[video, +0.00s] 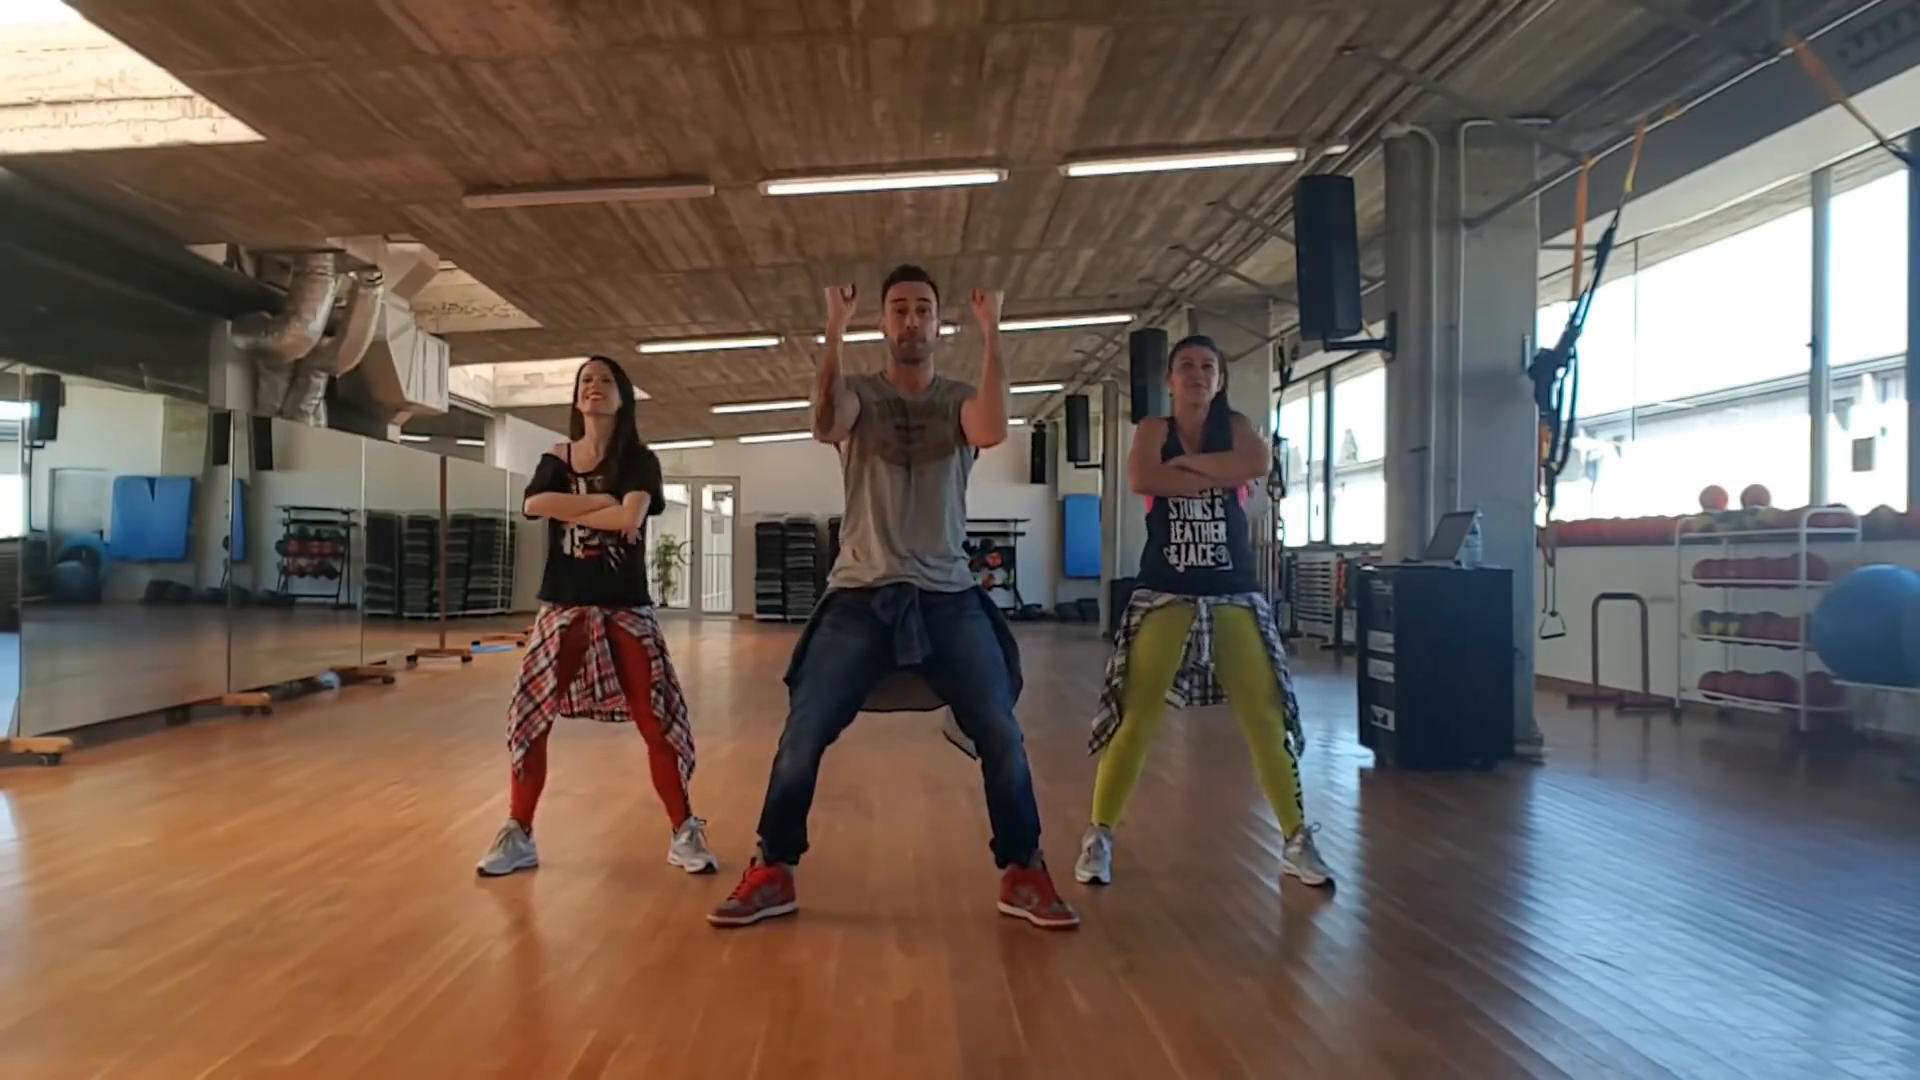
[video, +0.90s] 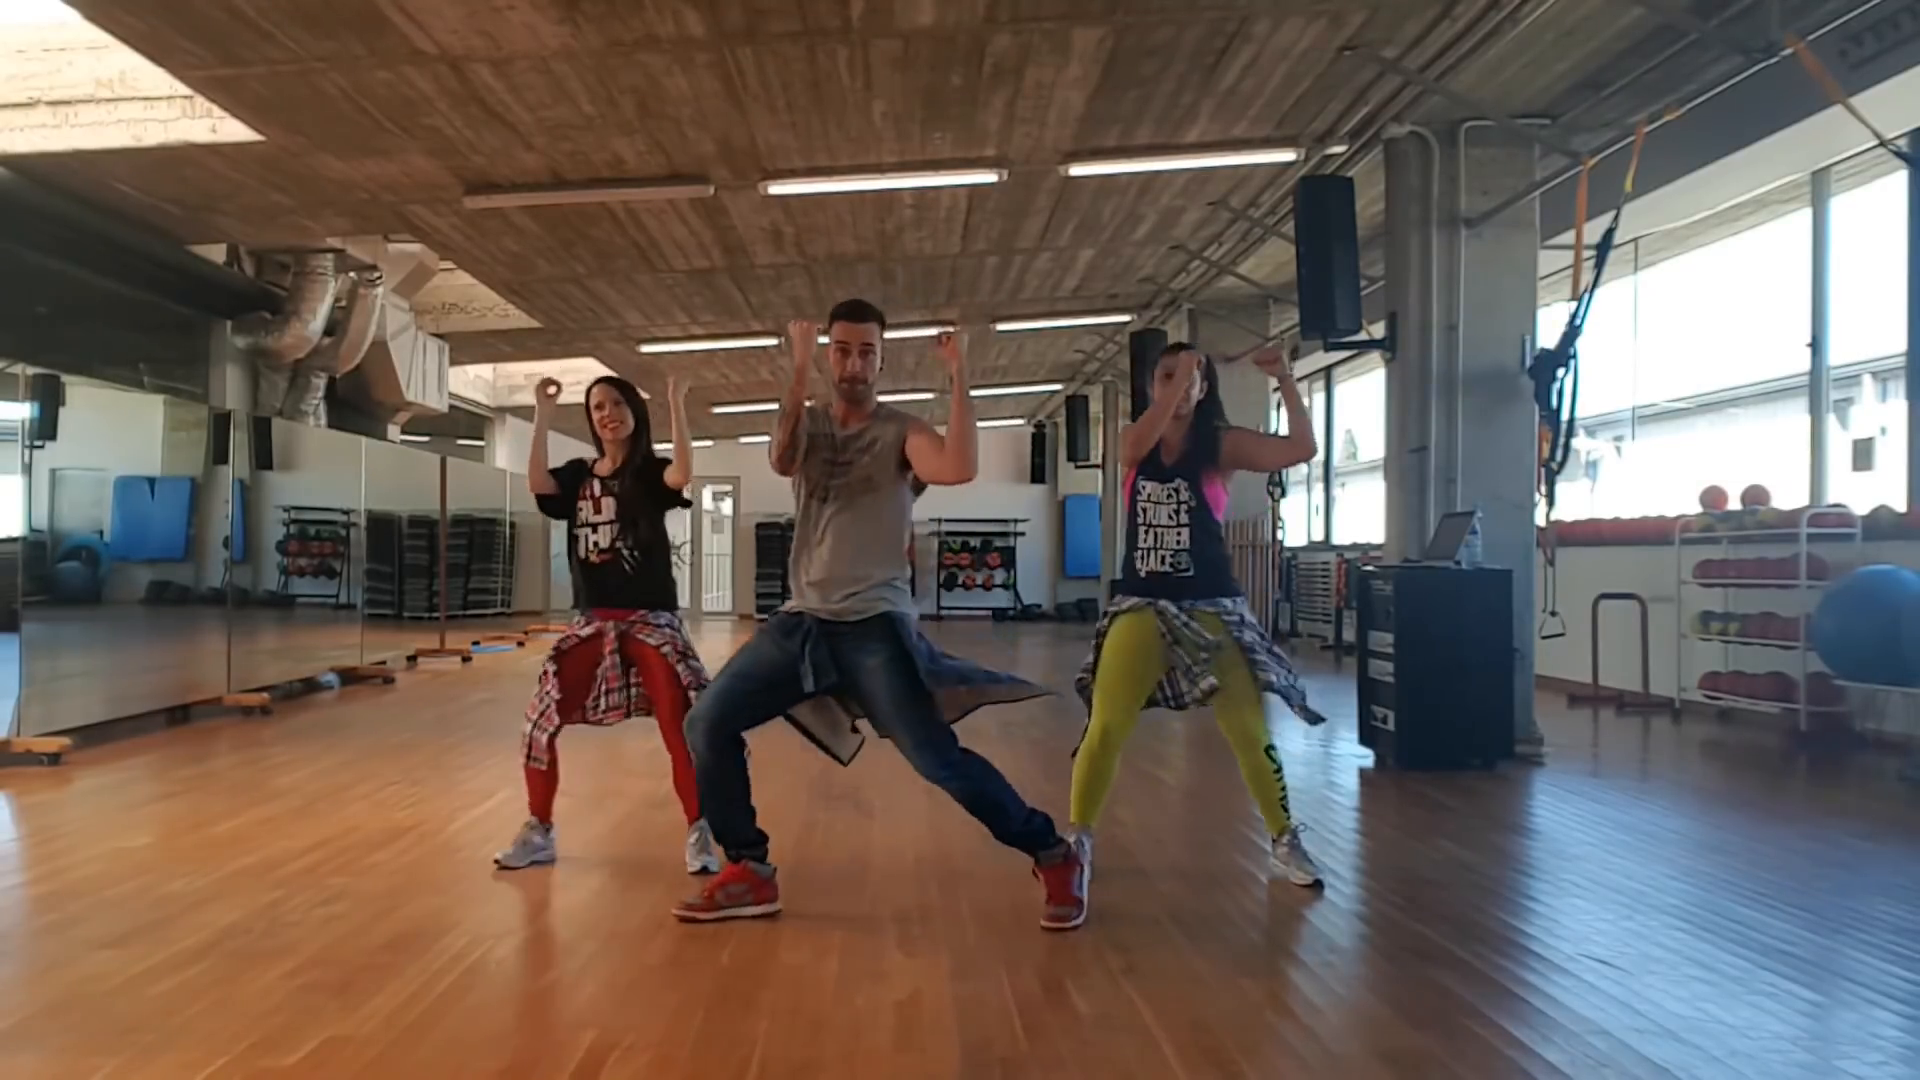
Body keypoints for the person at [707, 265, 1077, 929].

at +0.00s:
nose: (911, 318)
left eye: (921, 309)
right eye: (899, 308)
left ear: (939, 324)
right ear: (881, 323)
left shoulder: (957, 396)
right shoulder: (858, 395)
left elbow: (989, 429)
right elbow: (826, 423)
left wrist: (991, 339)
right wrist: (833, 336)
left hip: (947, 590)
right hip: (860, 588)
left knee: (999, 727)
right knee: (805, 727)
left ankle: (1023, 873)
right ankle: (774, 871)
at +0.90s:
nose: (852, 364)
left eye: (865, 352)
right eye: (842, 351)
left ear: (880, 358)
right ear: (826, 357)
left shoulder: (900, 431)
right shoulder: (807, 424)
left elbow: (957, 467)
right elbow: (782, 460)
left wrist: (958, 380)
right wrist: (797, 377)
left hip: (873, 621)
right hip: (801, 620)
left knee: (934, 757)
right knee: (708, 721)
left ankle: (1055, 854)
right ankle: (748, 871)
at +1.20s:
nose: (800, 343)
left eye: (812, 331)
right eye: (789, 330)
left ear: (831, 337)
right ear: (775, 334)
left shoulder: (849, 405)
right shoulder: (747, 396)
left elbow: (914, 413)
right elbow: (701, 397)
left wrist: (913, 330)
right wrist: (716, 318)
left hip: (827, 582)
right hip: (747, 581)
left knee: (849, 727)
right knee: (688, 720)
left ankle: (897, 835)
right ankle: (735, 859)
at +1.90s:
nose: (895, 372)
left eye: (905, 359)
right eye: (883, 360)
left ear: (920, 362)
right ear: (868, 365)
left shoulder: (949, 428)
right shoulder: (846, 433)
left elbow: (955, 460)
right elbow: (787, 467)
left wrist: (925, 376)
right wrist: (772, 383)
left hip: (946, 621)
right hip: (874, 623)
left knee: (1034, 730)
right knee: (829, 760)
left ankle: (1031, 872)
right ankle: (699, 844)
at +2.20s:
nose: (952, 338)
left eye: (962, 325)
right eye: (941, 327)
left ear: (981, 330)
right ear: (926, 335)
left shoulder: (1009, 393)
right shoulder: (909, 405)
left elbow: (1037, 396)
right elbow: (828, 415)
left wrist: (1010, 302)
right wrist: (814, 325)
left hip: (1018, 586)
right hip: (938, 587)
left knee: (1059, 729)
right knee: (930, 726)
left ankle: (1048, 863)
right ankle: (920, 839)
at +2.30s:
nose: (958, 349)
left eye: (969, 336)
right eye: (947, 337)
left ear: (990, 343)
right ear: (931, 347)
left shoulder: (1015, 405)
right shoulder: (915, 423)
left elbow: (1027, 419)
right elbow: (841, 429)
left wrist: (1000, 318)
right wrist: (837, 343)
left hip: (1027, 599)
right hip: (946, 605)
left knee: (1055, 747)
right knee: (971, 753)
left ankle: (1056, 869)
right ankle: (981, 860)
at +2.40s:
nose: (958, 355)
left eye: (969, 342)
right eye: (946, 343)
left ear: (989, 348)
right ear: (931, 352)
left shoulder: (1019, 411)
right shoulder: (916, 420)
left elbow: (1019, 431)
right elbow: (863, 438)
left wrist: (997, 335)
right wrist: (838, 352)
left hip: (1023, 608)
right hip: (941, 612)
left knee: (1048, 747)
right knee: (942, 759)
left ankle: (1056, 868)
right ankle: (975, 857)